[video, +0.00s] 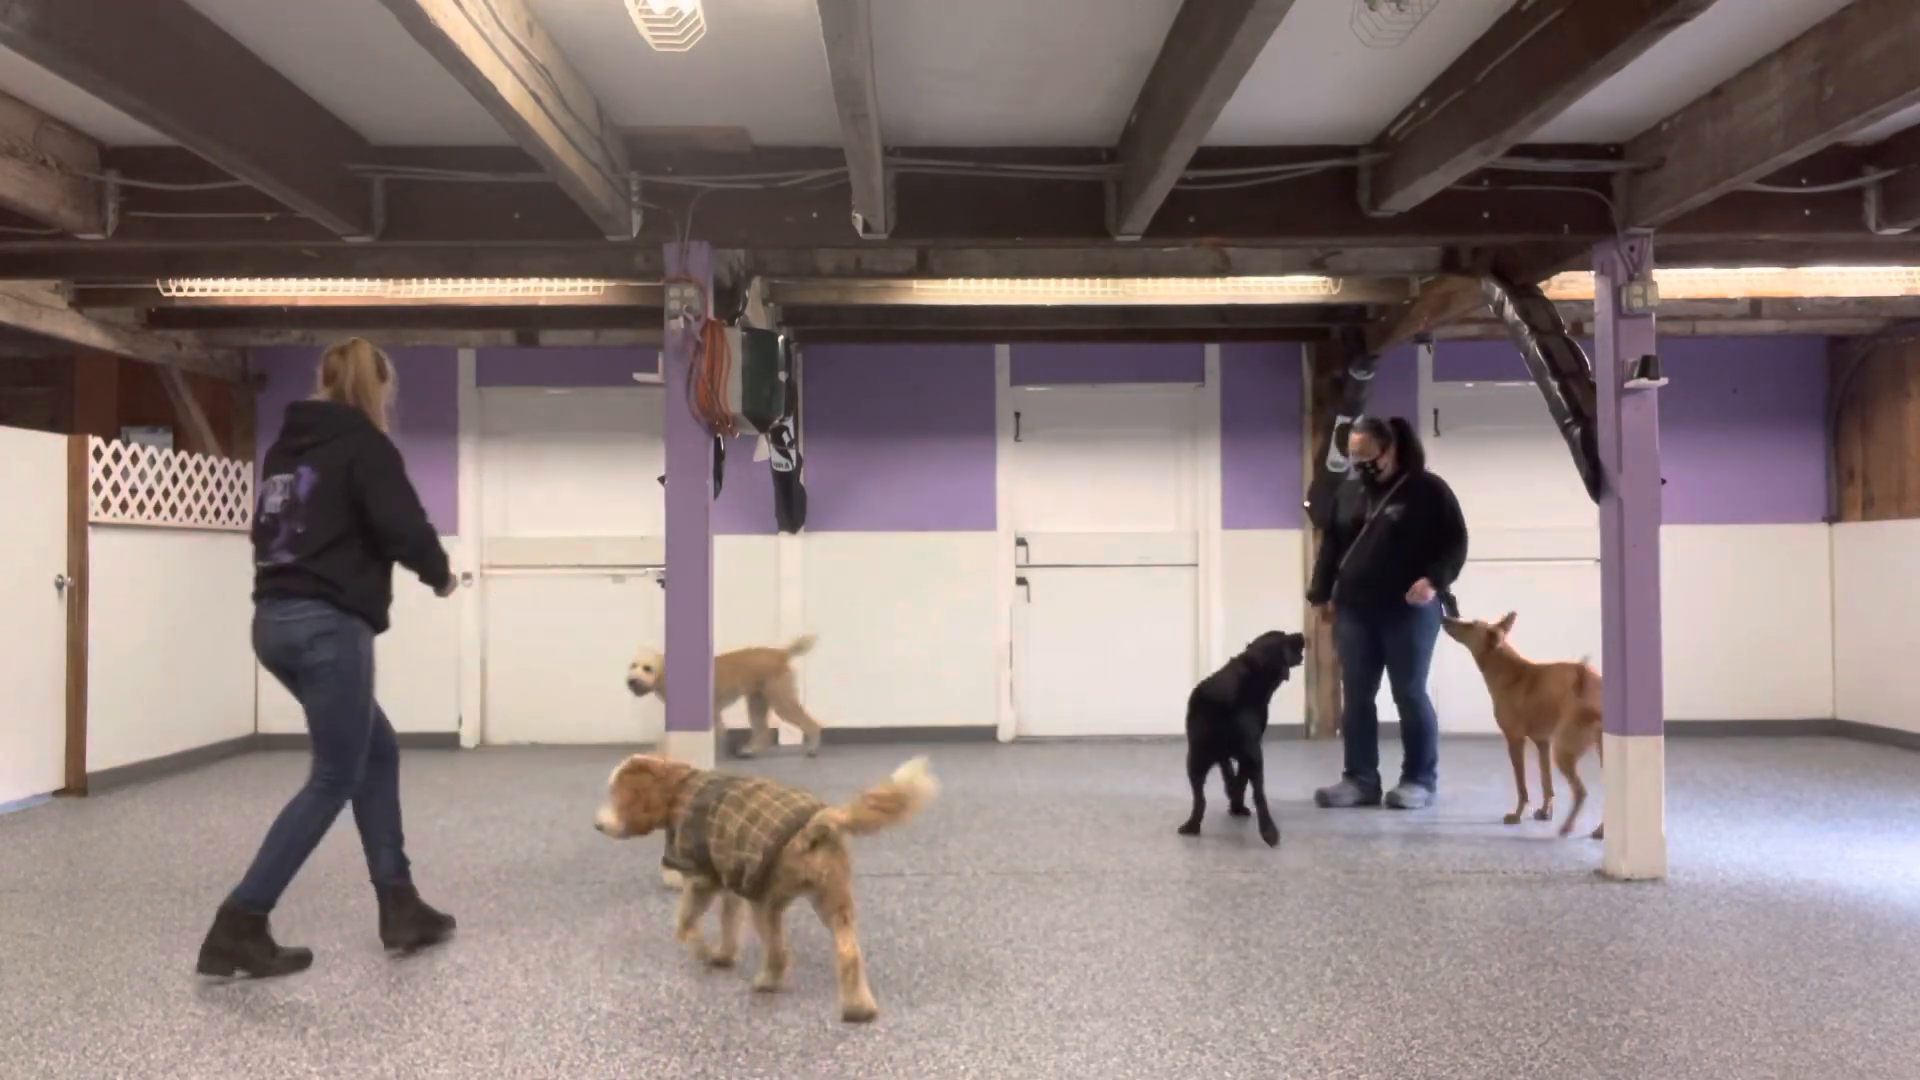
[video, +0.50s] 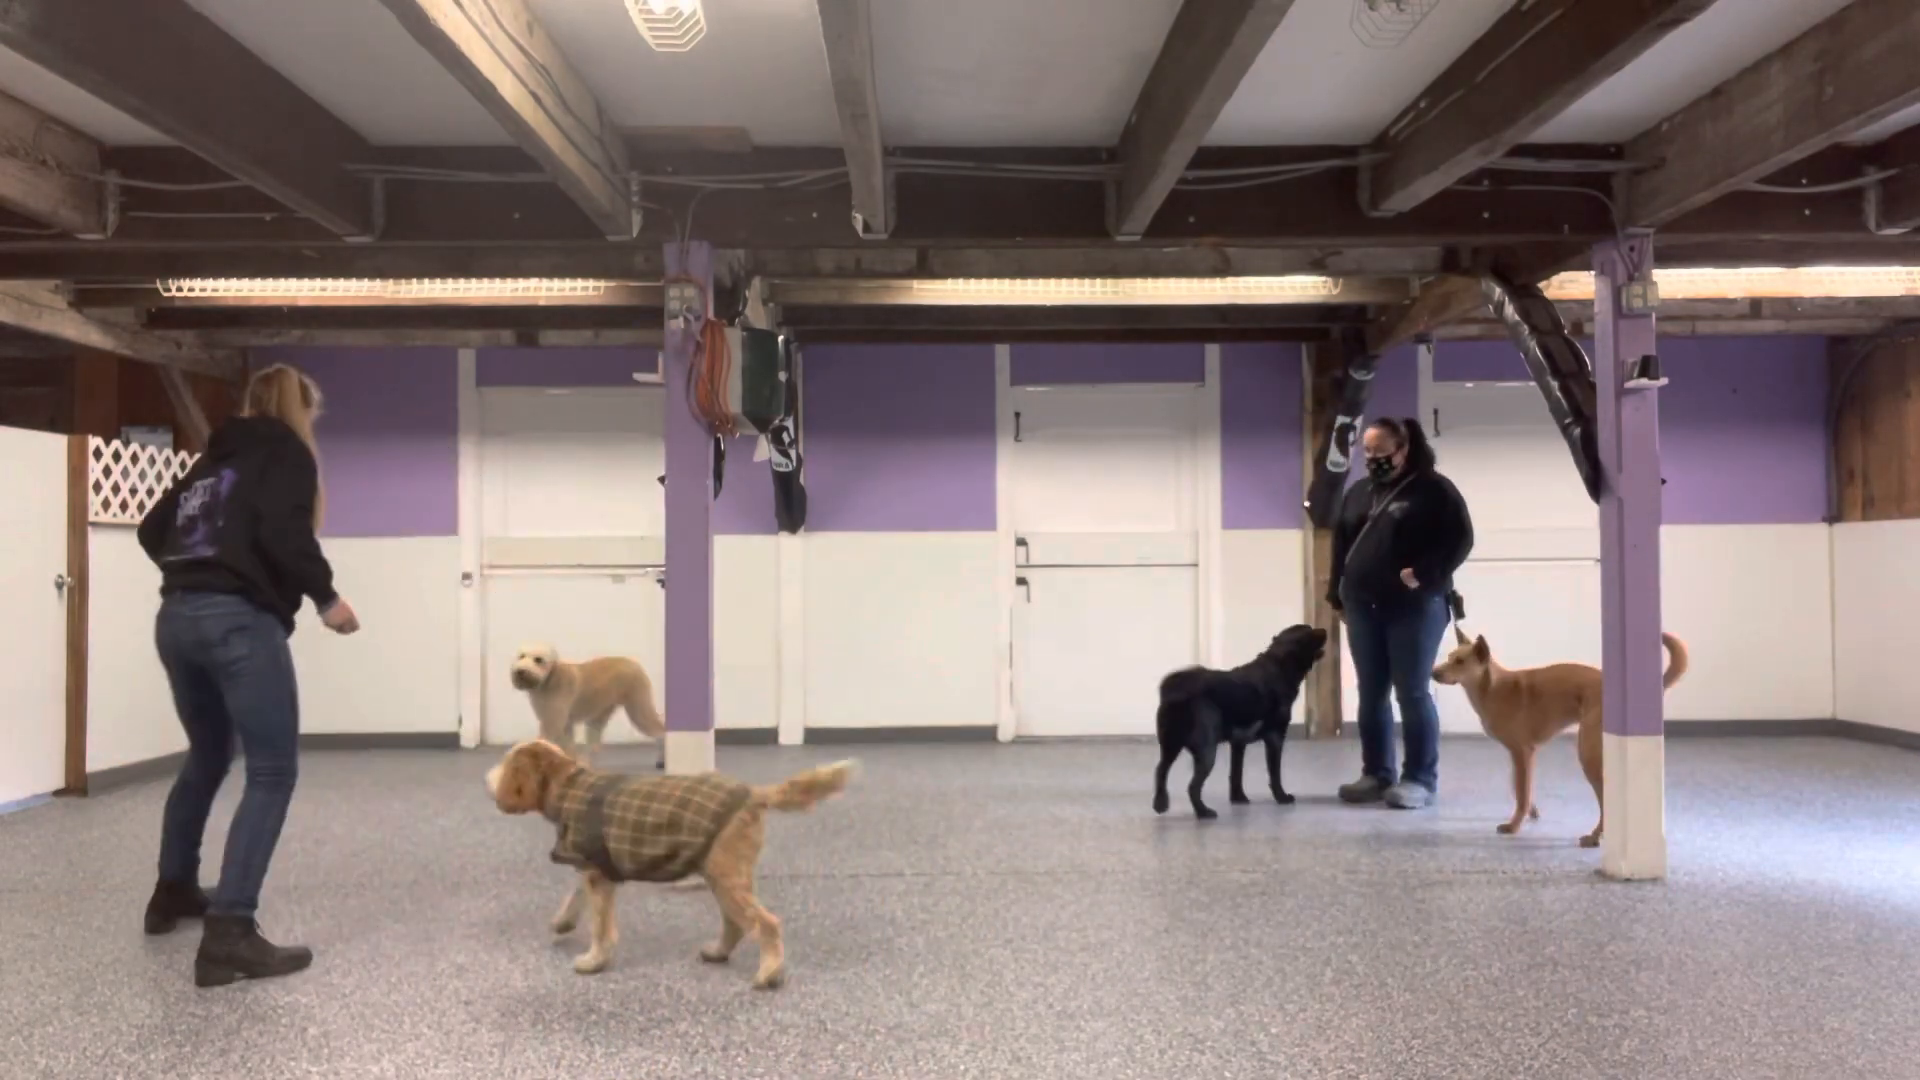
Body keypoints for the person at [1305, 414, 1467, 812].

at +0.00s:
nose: (1367, 468)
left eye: (1372, 459)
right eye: (1361, 461)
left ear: (1393, 448)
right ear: (1354, 457)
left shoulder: (1428, 489)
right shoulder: (1353, 489)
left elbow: (1456, 541)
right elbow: (1334, 542)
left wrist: (1434, 580)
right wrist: (1322, 593)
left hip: (1410, 606)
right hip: (1356, 608)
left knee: (1409, 694)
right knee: (1357, 697)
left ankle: (1419, 782)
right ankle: (1361, 780)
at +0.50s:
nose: (1374, 462)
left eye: (1381, 454)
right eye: (1369, 455)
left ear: (1404, 448)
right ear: (1363, 454)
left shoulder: (1435, 489)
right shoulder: (1359, 492)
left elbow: (1461, 540)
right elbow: (1343, 543)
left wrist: (1424, 573)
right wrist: (1338, 589)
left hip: (1415, 603)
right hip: (1363, 604)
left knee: (1413, 692)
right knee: (1372, 694)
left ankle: (1420, 782)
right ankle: (1378, 774)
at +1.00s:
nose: (1367, 463)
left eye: (1374, 454)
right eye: (1362, 456)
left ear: (1396, 449)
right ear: (1357, 456)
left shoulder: (1426, 488)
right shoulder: (1358, 491)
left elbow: (1447, 541)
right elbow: (1323, 511)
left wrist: (1412, 580)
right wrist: (1333, 465)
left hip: (1409, 602)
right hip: (1356, 601)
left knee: (1405, 691)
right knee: (1364, 692)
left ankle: (1414, 779)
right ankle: (1375, 775)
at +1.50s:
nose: (1360, 463)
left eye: (1367, 454)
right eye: (1354, 456)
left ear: (1390, 448)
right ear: (1350, 457)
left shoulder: (1421, 486)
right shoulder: (1351, 493)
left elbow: (1449, 536)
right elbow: (1326, 519)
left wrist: (1409, 575)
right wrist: (1330, 469)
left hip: (1407, 601)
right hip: (1355, 602)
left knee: (1409, 689)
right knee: (1368, 691)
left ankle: (1419, 780)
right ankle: (1377, 774)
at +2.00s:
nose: (1364, 450)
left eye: (1373, 443)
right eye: (1359, 444)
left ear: (1395, 447)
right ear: (1353, 449)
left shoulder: (1421, 485)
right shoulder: (1352, 490)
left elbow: (1451, 535)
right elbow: (1321, 516)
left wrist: (1414, 574)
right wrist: (1329, 468)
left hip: (1405, 600)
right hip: (1355, 602)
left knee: (1410, 691)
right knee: (1369, 691)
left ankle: (1420, 781)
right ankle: (1377, 775)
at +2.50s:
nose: (1365, 453)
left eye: (1373, 446)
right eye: (1359, 447)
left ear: (1395, 449)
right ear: (1352, 451)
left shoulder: (1421, 488)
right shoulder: (1350, 492)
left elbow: (1460, 532)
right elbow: (1335, 532)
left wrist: (1435, 565)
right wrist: (1320, 510)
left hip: (1405, 603)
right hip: (1352, 605)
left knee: (1406, 692)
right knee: (1365, 695)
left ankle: (1419, 781)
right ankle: (1378, 775)